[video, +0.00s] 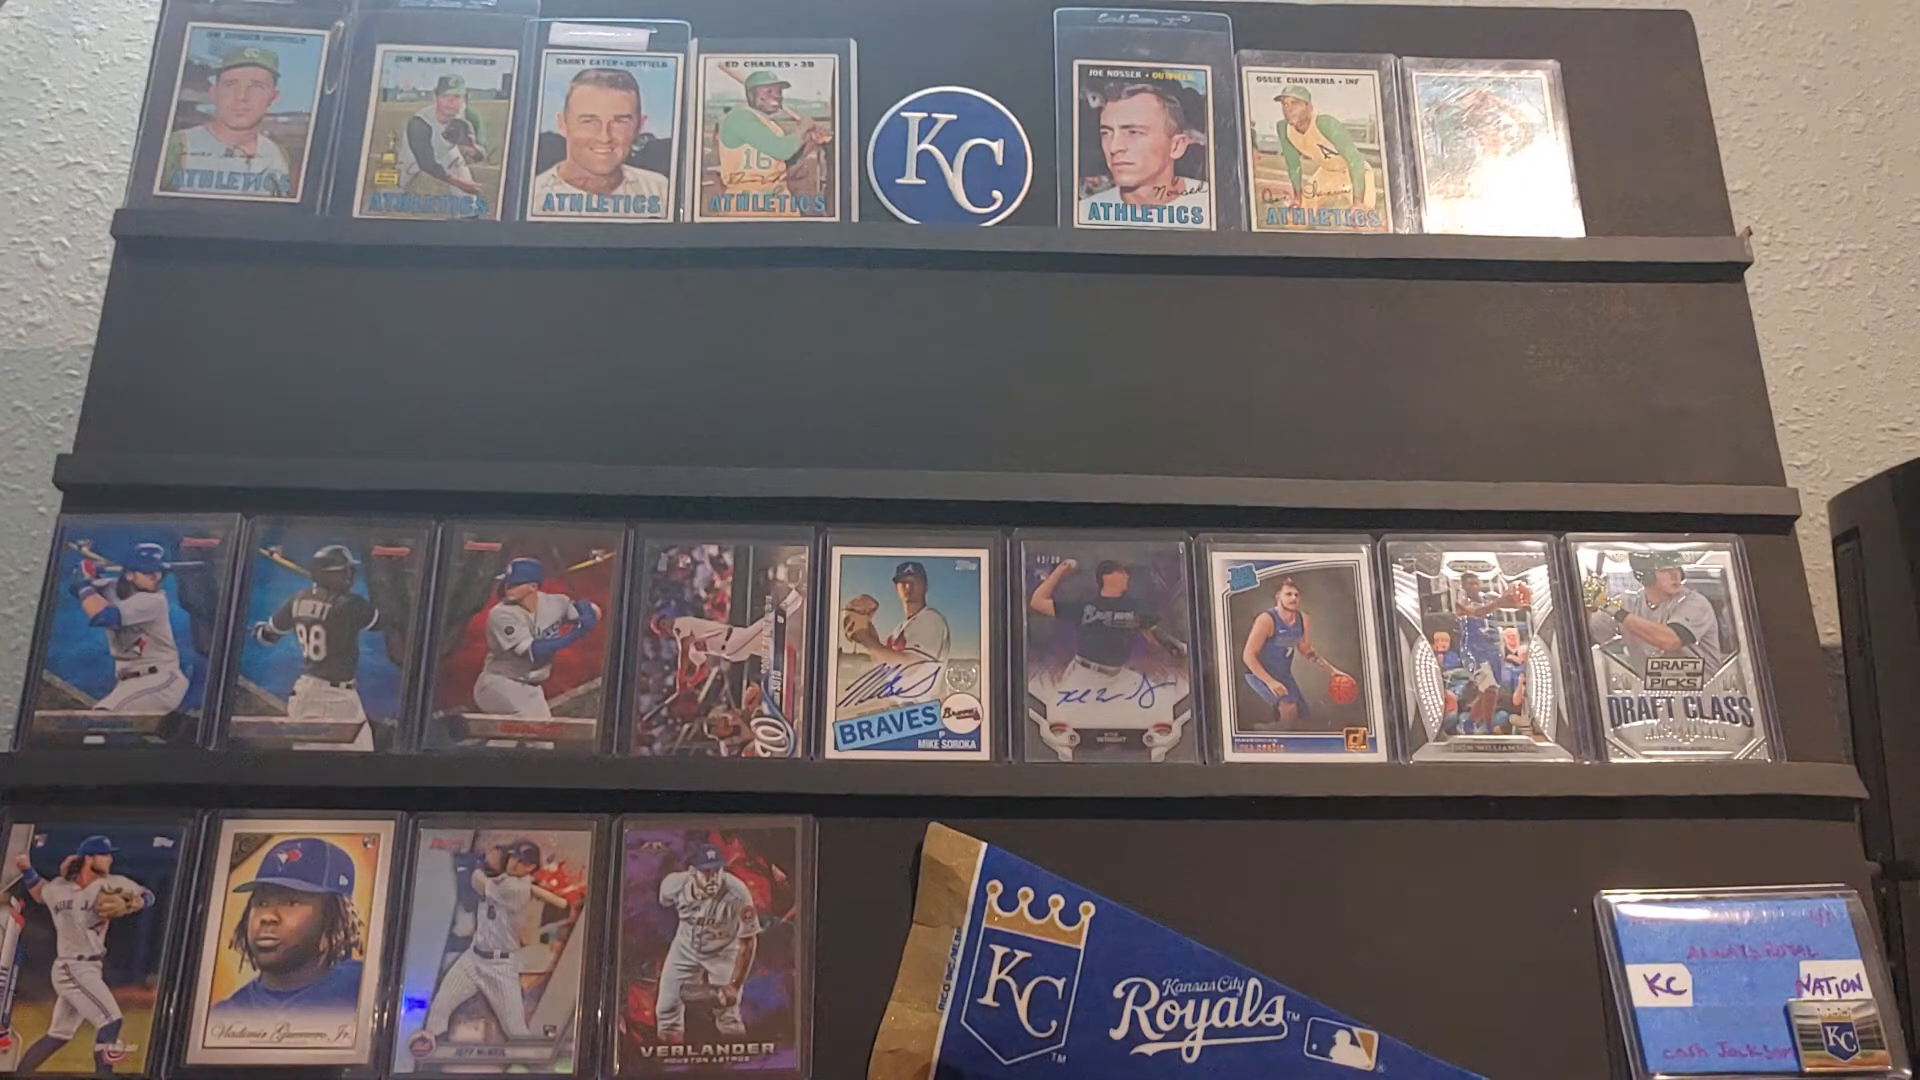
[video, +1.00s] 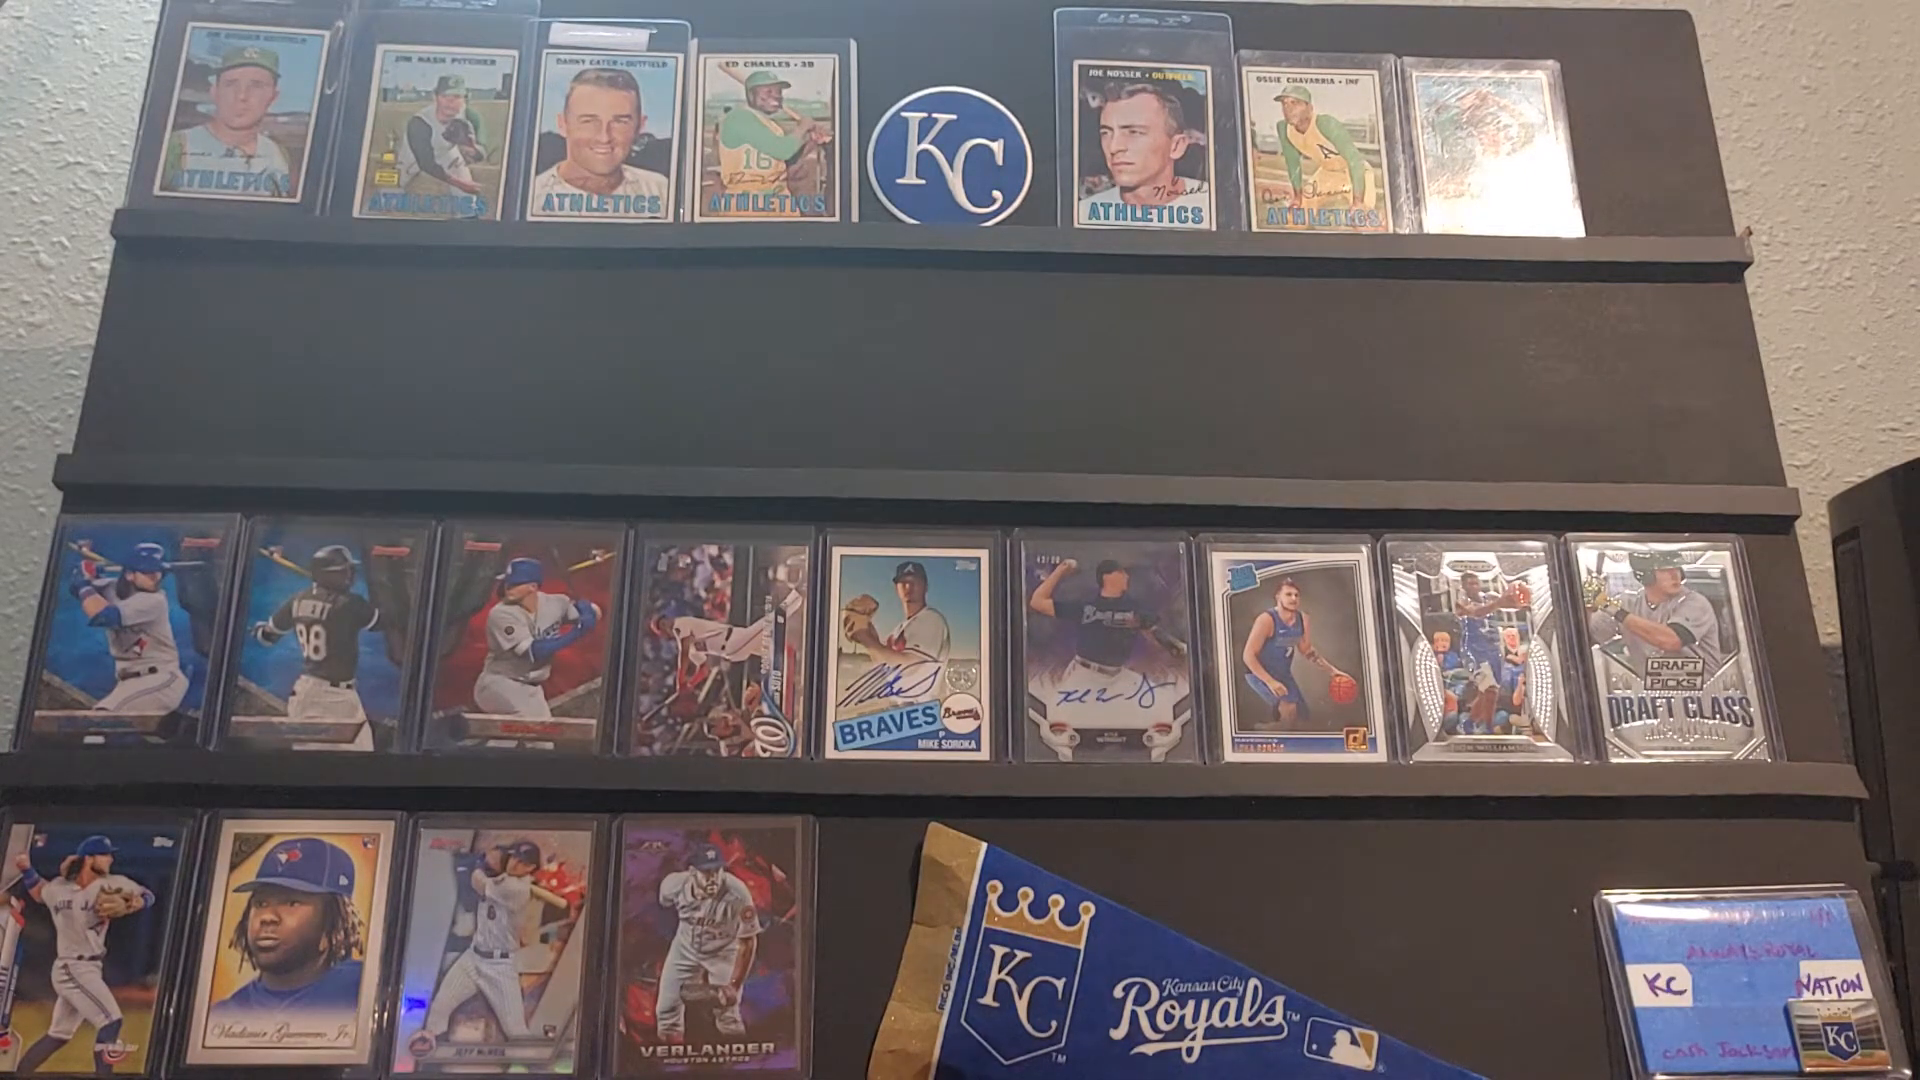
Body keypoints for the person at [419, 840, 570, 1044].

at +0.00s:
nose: (515, 863)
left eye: (522, 861)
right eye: (514, 858)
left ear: (531, 868)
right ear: (509, 858)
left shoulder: (519, 889)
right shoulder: (500, 879)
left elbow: (477, 881)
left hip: (502, 966)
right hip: (473, 959)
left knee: (514, 1029)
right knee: (440, 1004)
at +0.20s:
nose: (514, 863)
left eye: (521, 861)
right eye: (514, 858)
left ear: (531, 868)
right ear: (509, 858)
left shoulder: (519, 889)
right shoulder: (500, 879)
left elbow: (477, 881)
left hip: (502, 966)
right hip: (473, 959)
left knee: (515, 1029)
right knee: (440, 1004)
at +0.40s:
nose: (515, 863)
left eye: (521, 861)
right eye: (514, 858)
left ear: (531, 868)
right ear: (509, 858)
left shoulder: (519, 889)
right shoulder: (499, 879)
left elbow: (477, 881)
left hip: (502, 966)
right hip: (473, 958)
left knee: (515, 1029)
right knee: (440, 1005)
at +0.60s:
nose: (514, 863)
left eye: (521, 861)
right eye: (513, 858)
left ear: (531, 868)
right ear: (508, 858)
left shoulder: (519, 889)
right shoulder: (499, 879)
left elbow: (477, 881)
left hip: (502, 965)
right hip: (473, 958)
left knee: (515, 1029)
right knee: (440, 1004)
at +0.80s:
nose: (514, 863)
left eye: (520, 861)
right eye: (513, 858)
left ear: (531, 868)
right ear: (509, 858)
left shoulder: (519, 890)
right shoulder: (499, 879)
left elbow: (477, 881)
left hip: (502, 966)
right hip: (473, 958)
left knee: (515, 1029)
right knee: (440, 1004)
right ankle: (426, 1063)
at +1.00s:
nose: (515, 864)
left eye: (522, 862)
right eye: (514, 858)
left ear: (531, 869)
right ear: (509, 858)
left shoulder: (518, 889)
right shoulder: (500, 879)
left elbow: (477, 881)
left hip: (501, 966)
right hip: (472, 958)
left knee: (515, 1030)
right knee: (440, 1005)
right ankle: (424, 1065)